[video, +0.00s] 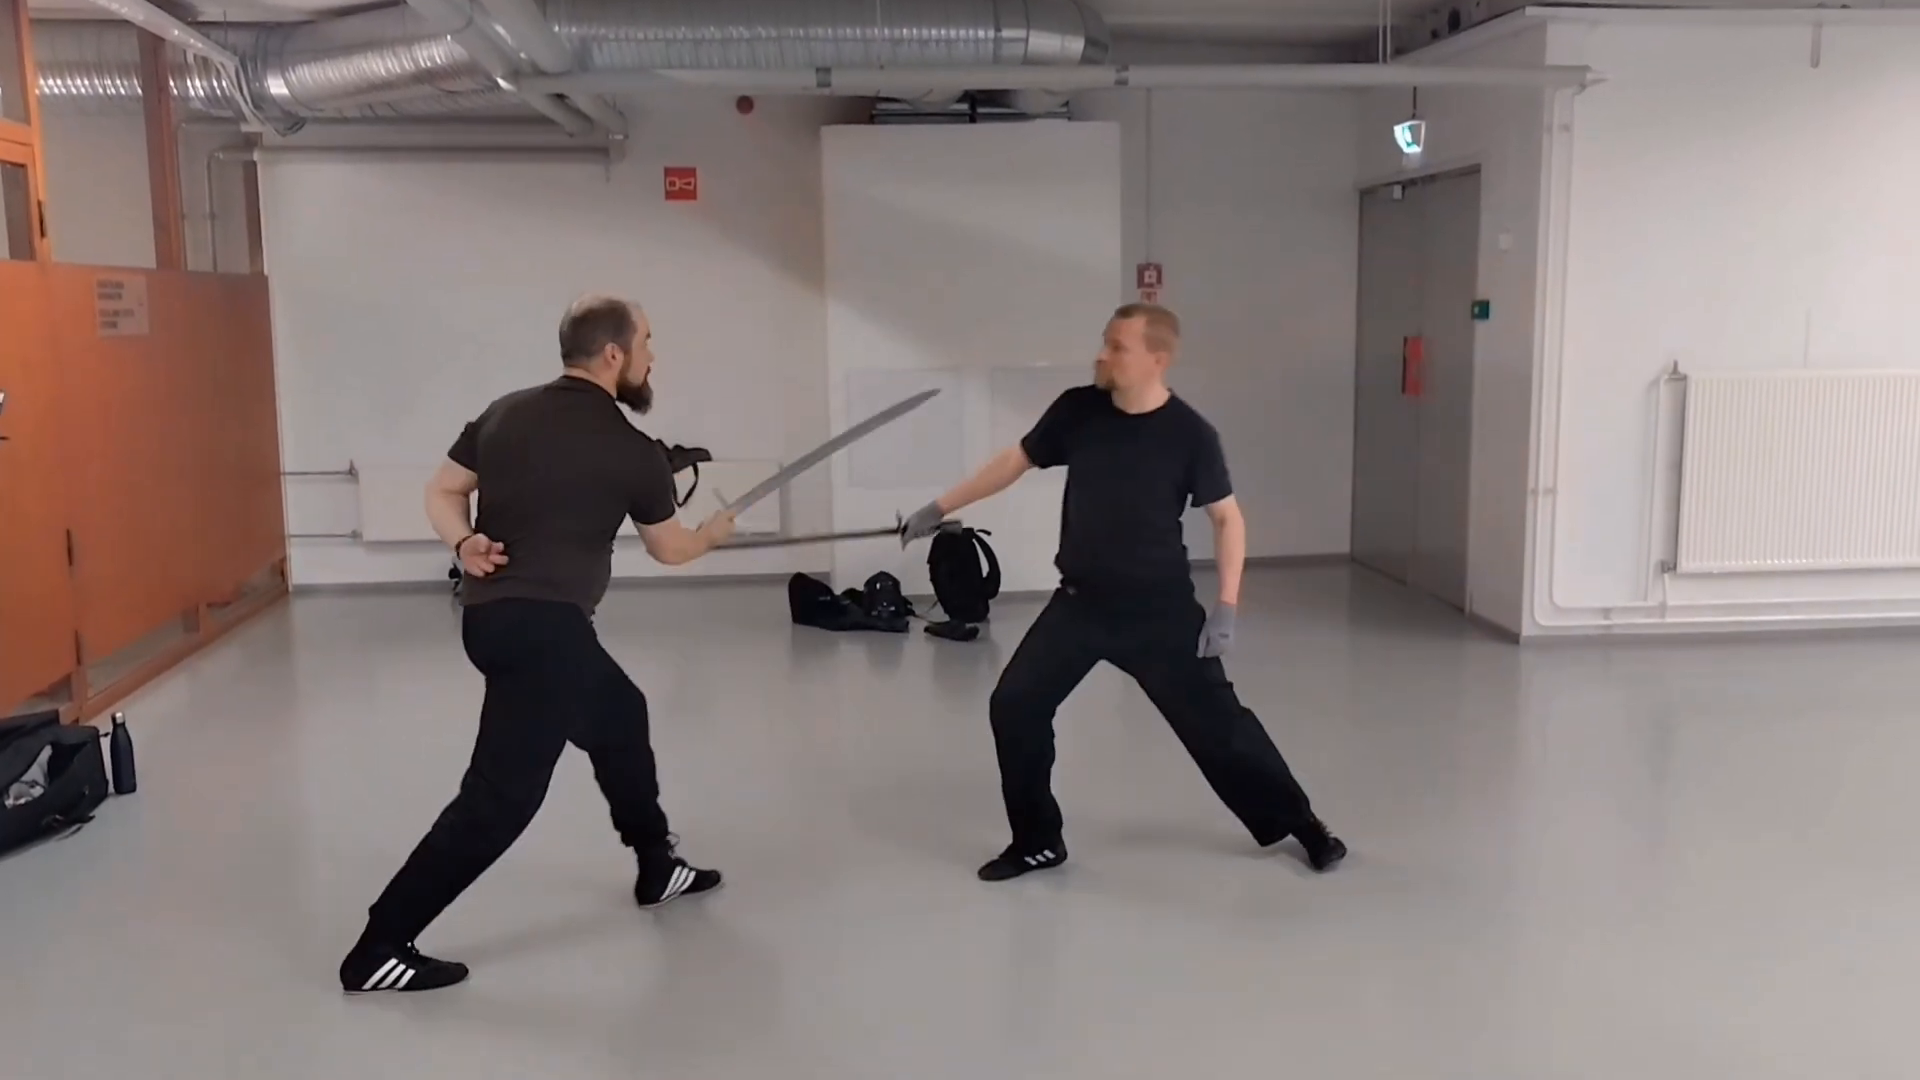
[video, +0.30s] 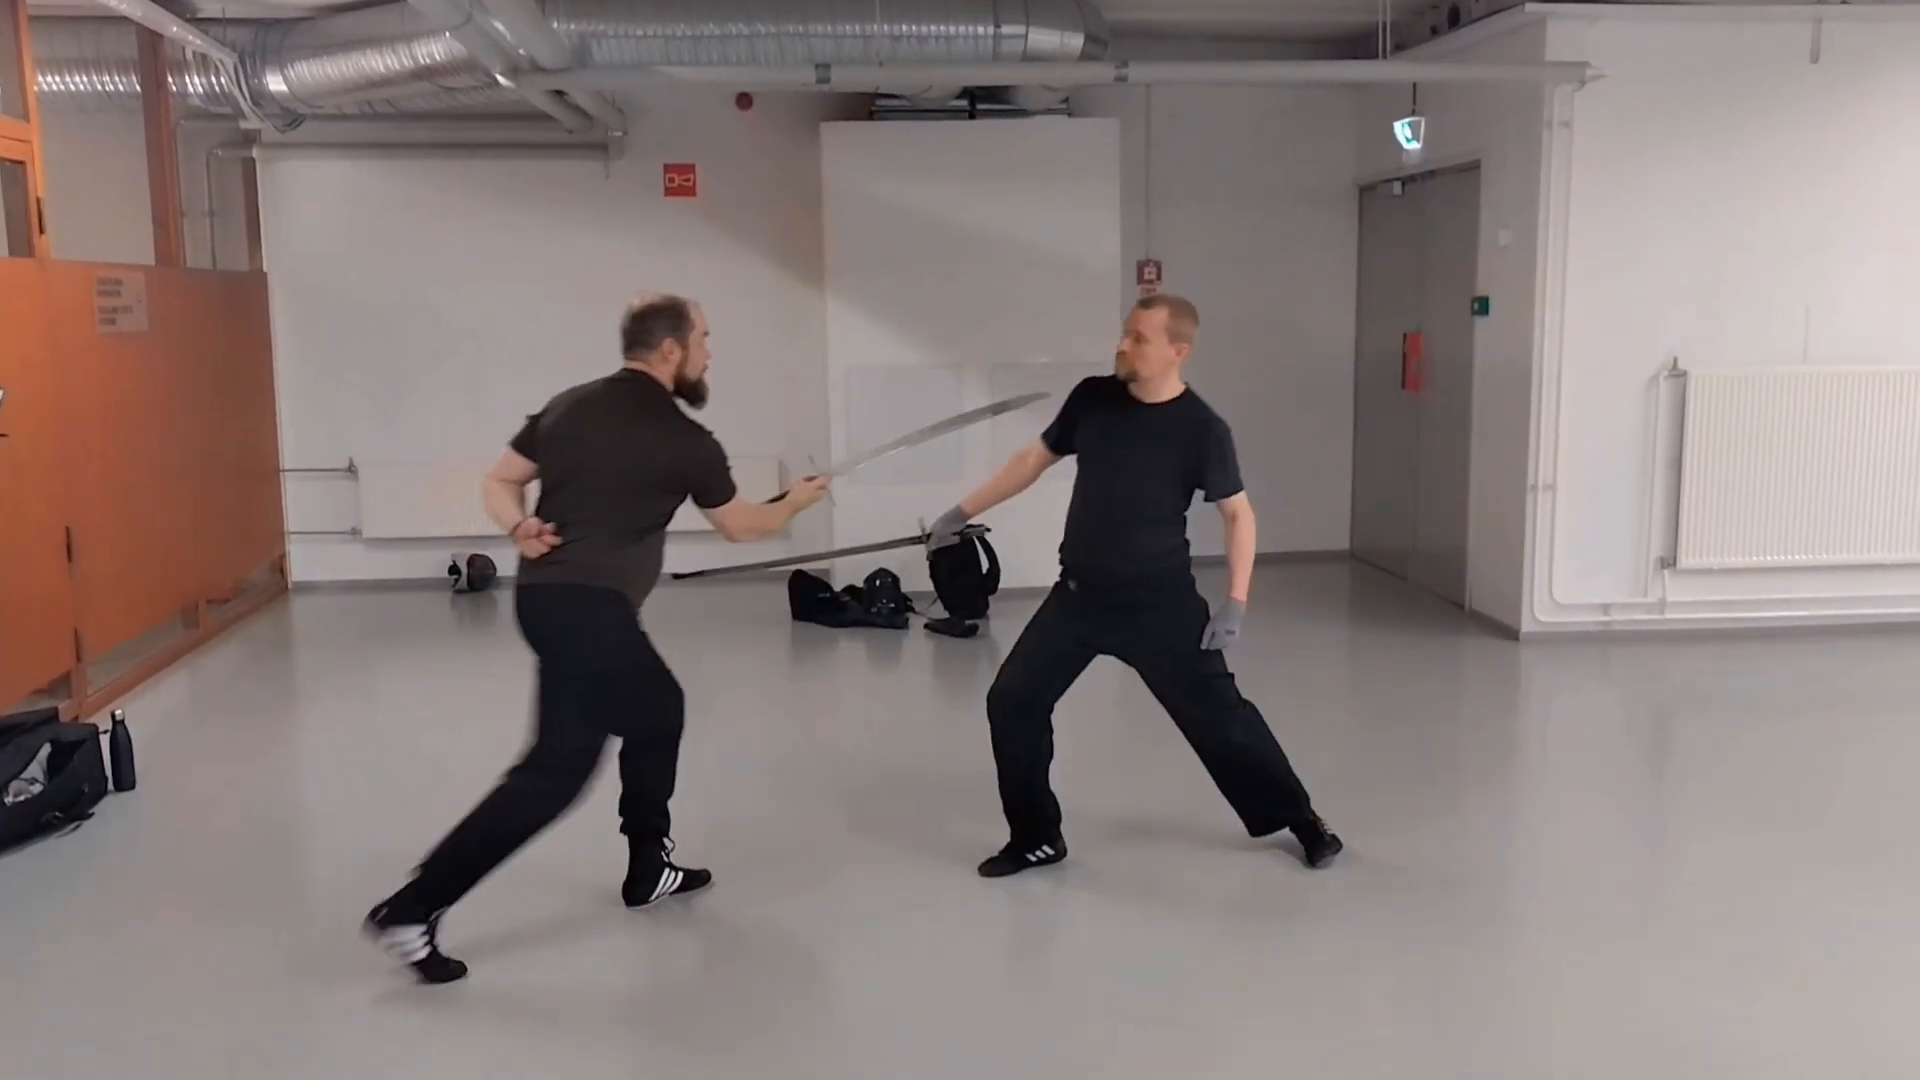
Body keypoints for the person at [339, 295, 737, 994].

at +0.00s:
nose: (651, 358)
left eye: (650, 344)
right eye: (646, 346)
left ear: (574, 355)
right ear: (614, 355)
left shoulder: (506, 414)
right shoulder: (630, 447)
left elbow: (444, 490)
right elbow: (670, 548)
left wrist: (462, 541)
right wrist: (714, 533)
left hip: (490, 617)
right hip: (548, 623)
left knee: (620, 713)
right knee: (498, 800)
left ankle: (656, 865)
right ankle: (377, 952)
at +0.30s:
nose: (709, 354)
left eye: (707, 341)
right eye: (703, 342)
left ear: (636, 349)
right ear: (673, 350)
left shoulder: (572, 406)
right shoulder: (684, 438)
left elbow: (503, 480)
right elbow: (741, 525)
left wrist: (518, 528)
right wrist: (796, 501)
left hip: (546, 597)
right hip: (593, 606)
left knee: (657, 707)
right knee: (559, 768)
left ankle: (649, 867)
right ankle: (409, 912)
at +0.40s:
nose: (732, 348)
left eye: (729, 335)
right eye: (724, 336)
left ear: (668, 347)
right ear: (694, 345)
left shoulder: (599, 402)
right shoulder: (705, 431)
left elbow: (532, 480)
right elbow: (761, 525)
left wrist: (548, 524)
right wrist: (816, 504)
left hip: (574, 590)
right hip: (621, 597)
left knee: (676, 711)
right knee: (649, 756)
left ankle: (650, 867)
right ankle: (495, 883)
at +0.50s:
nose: (751, 342)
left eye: (749, 329)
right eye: (744, 329)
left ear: (686, 338)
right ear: (713, 337)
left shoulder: (623, 397)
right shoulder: (722, 422)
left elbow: (561, 477)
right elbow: (792, 518)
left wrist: (573, 512)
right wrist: (845, 493)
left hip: (598, 586)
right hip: (651, 590)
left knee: (681, 728)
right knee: (720, 739)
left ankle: (648, 860)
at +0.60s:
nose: (771, 331)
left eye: (768, 317)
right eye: (763, 318)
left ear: (709, 328)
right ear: (730, 326)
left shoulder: (645, 390)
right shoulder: (736, 405)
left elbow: (595, 474)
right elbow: (826, 496)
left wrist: (603, 507)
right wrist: (884, 470)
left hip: (629, 579)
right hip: (686, 581)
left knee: (697, 720)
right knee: (784, 709)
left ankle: (653, 865)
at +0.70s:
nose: (790, 323)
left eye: (789, 310)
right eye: (783, 310)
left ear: (724, 318)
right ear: (749, 317)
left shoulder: (672, 385)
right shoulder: (754, 388)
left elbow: (635, 470)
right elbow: (852, 455)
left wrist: (636, 503)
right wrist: (929, 422)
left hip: (665, 577)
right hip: (721, 578)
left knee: (710, 724)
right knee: (821, 706)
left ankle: (652, 865)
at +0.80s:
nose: (819, 320)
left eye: (817, 306)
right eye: (811, 308)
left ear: (753, 318)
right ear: (776, 315)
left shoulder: (710, 383)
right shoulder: (779, 380)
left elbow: (676, 473)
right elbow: (881, 411)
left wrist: (678, 504)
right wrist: (956, 360)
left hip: (707, 577)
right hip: (763, 576)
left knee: (727, 728)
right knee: (856, 712)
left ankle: (654, 860)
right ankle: (902, 863)